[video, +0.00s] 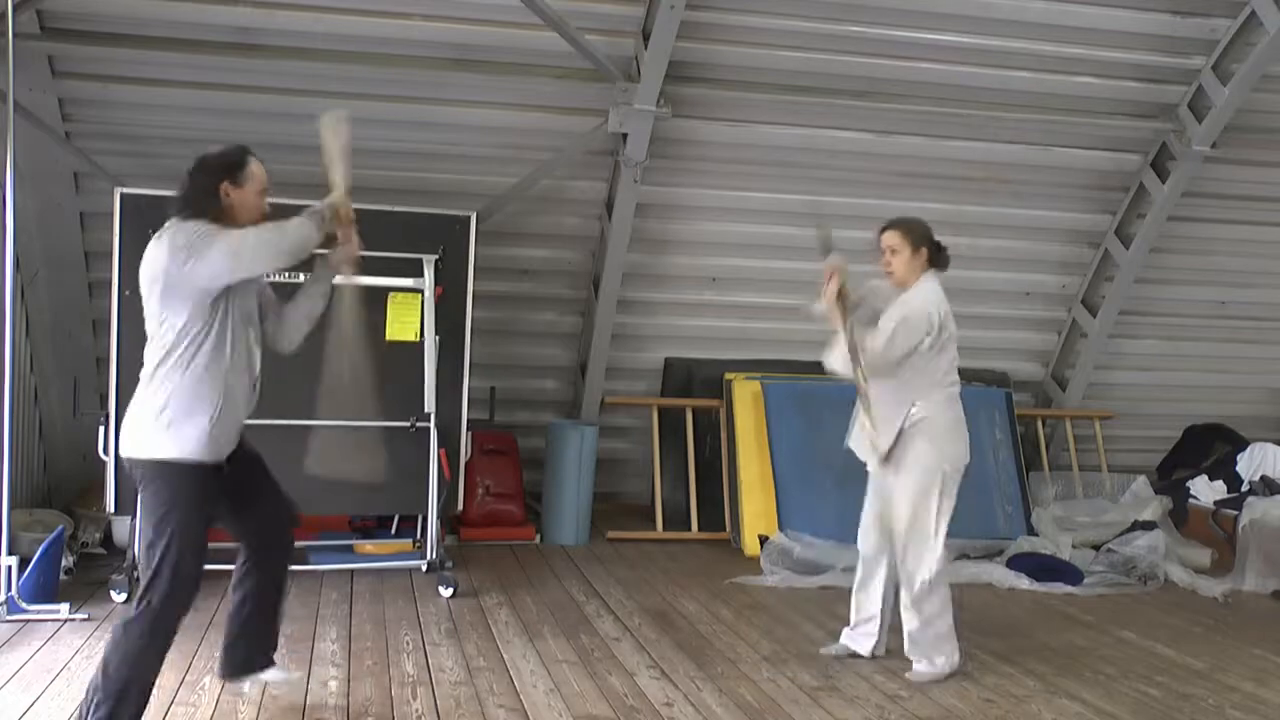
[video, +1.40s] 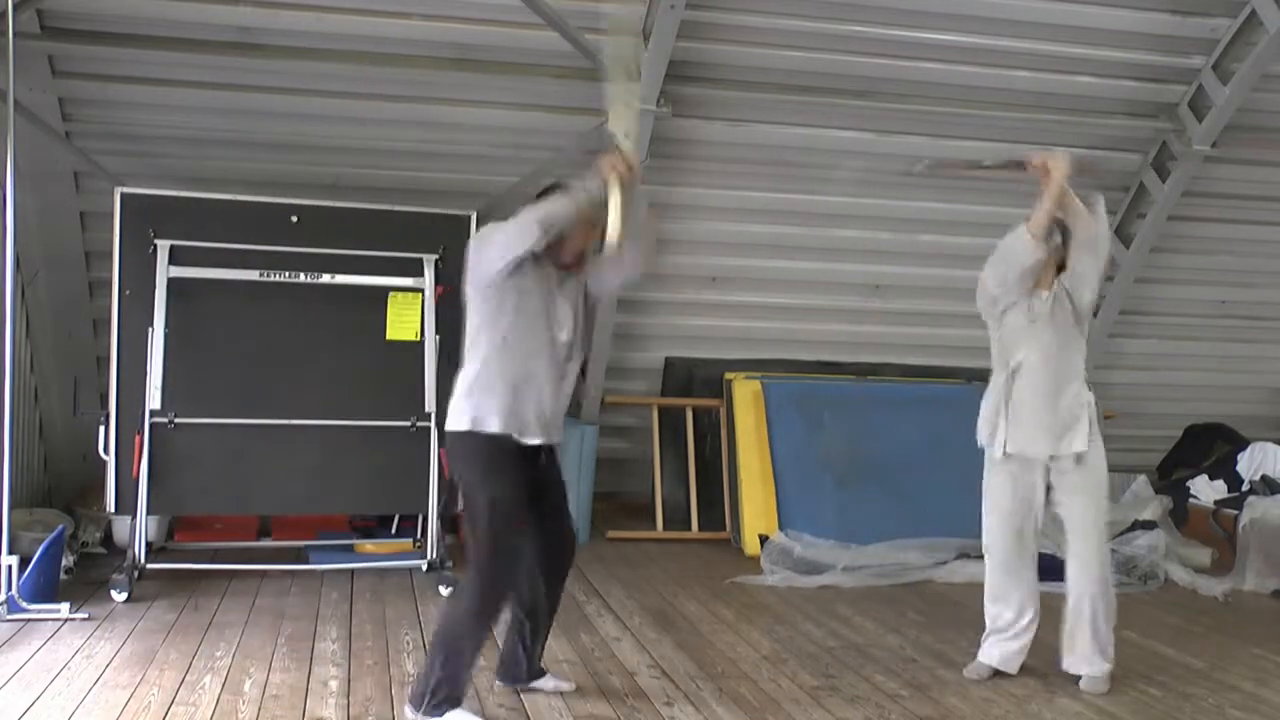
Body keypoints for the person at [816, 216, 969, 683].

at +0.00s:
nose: (885, 261)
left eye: (893, 252)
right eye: (883, 253)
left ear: (922, 255)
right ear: (893, 259)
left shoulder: (924, 302)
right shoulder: (904, 301)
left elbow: (874, 355)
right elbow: (853, 359)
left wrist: (837, 313)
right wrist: (838, 308)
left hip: (928, 437)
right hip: (894, 435)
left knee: (917, 547)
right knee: (875, 541)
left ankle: (938, 656)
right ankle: (862, 639)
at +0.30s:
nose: (908, 255)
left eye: (917, 246)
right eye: (906, 247)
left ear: (946, 252)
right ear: (914, 254)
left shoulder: (934, 300)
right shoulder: (930, 296)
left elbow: (874, 365)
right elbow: (894, 345)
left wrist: (856, 366)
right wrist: (862, 353)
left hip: (948, 440)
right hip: (919, 438)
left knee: (933, 547)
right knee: (902, 544)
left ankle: (940, 653)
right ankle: (916, 636)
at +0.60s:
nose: (911, 260)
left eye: (921, 251)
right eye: (908, 253)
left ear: (948, 256)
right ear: (908, 261)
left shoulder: (968, 297)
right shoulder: (903, 315)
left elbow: (926, 355)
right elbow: (896, 393)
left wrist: (873, 368)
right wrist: (867, 386)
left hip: (978, 441)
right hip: (922, 442)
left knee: (975, 542)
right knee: (919, 544)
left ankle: (1003, 649)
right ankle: (924, 641)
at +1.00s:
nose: (967, 264)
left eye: (977, 255)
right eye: (965, 256)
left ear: (1004, 263)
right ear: (964, 266)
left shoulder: (1026, 296)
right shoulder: (963, 314)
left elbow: (985, 330)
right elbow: (951, 369)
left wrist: (934, 338)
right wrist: (935, 351)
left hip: (1029, 448)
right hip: (970, 446)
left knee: (1057, 555)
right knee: (943, 547)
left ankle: (1085, 664)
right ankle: (921, 641)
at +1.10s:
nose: (970, 250)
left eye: (982, 244)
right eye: (962, 244)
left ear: (1019, 252)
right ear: (971, 254)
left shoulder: (1052, 290)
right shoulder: (986, 292)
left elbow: (1031, 251)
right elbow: (971, 274)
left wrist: (977, 229)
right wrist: (975, 230)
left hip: (1048, 432)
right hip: (989, 429)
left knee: (1062, 551)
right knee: (962, 537)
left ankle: (1085, 666)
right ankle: (932, 640)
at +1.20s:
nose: (1009, 246)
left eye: (1015, 239)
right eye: (1001, 241)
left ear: (1036, 244)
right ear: (993, 248)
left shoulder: (1062, 292)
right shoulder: (989, 296)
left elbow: (1062, 228)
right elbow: (989, 247)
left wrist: (1013, 175)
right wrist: (1007, 180)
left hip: (1059, 441)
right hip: (997, 440)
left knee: (1069, 557)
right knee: (972, 542)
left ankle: (1085, 667)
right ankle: (959, 645)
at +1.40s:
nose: (1038, 249)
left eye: (1046, 244)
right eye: (1033, 243)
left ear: (1062, 253)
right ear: (1018, 250)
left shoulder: (1075, 295)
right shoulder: (998, 296)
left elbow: (1094, 243)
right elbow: (1024, 249)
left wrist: (1061, 189)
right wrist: (1051, 192)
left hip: (1074, 434)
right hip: (1012, 435)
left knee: (1089, 551)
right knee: (1004, 547)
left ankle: (1090, 661)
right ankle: (1000, 651)